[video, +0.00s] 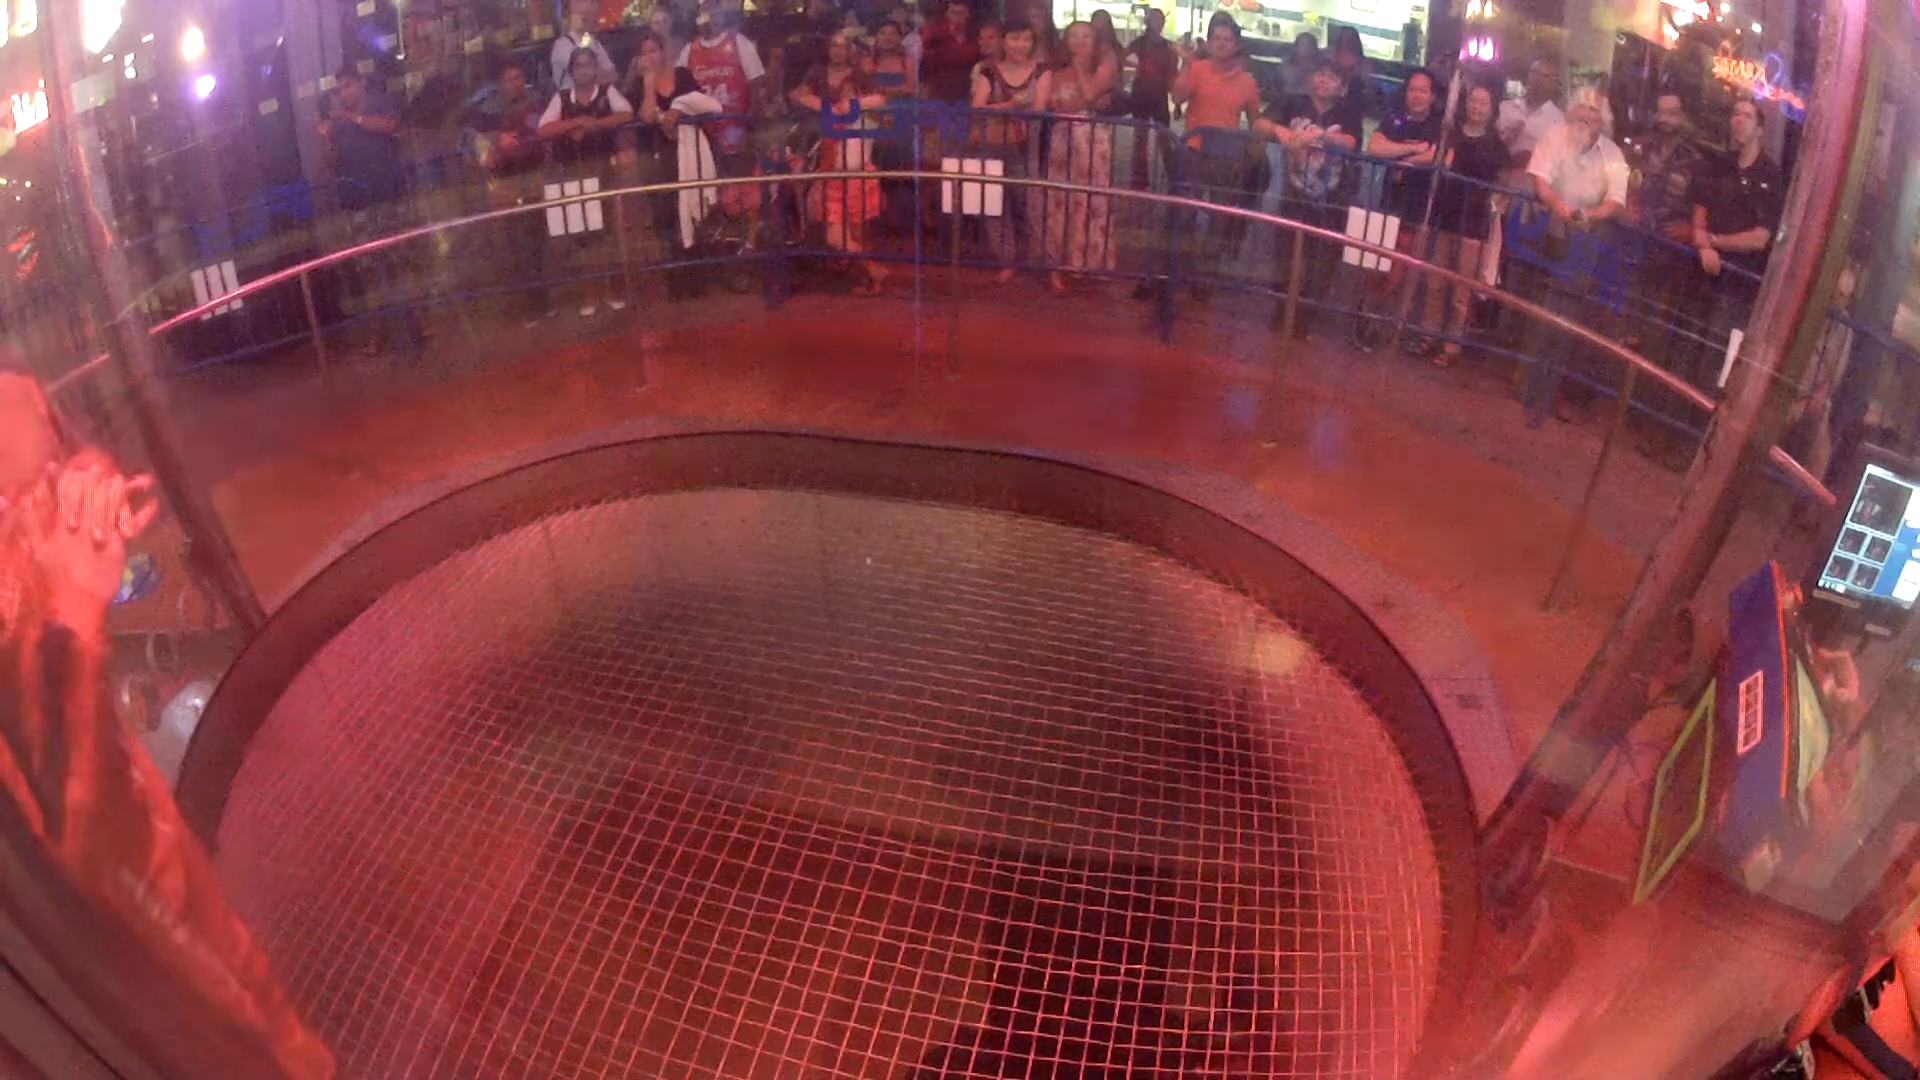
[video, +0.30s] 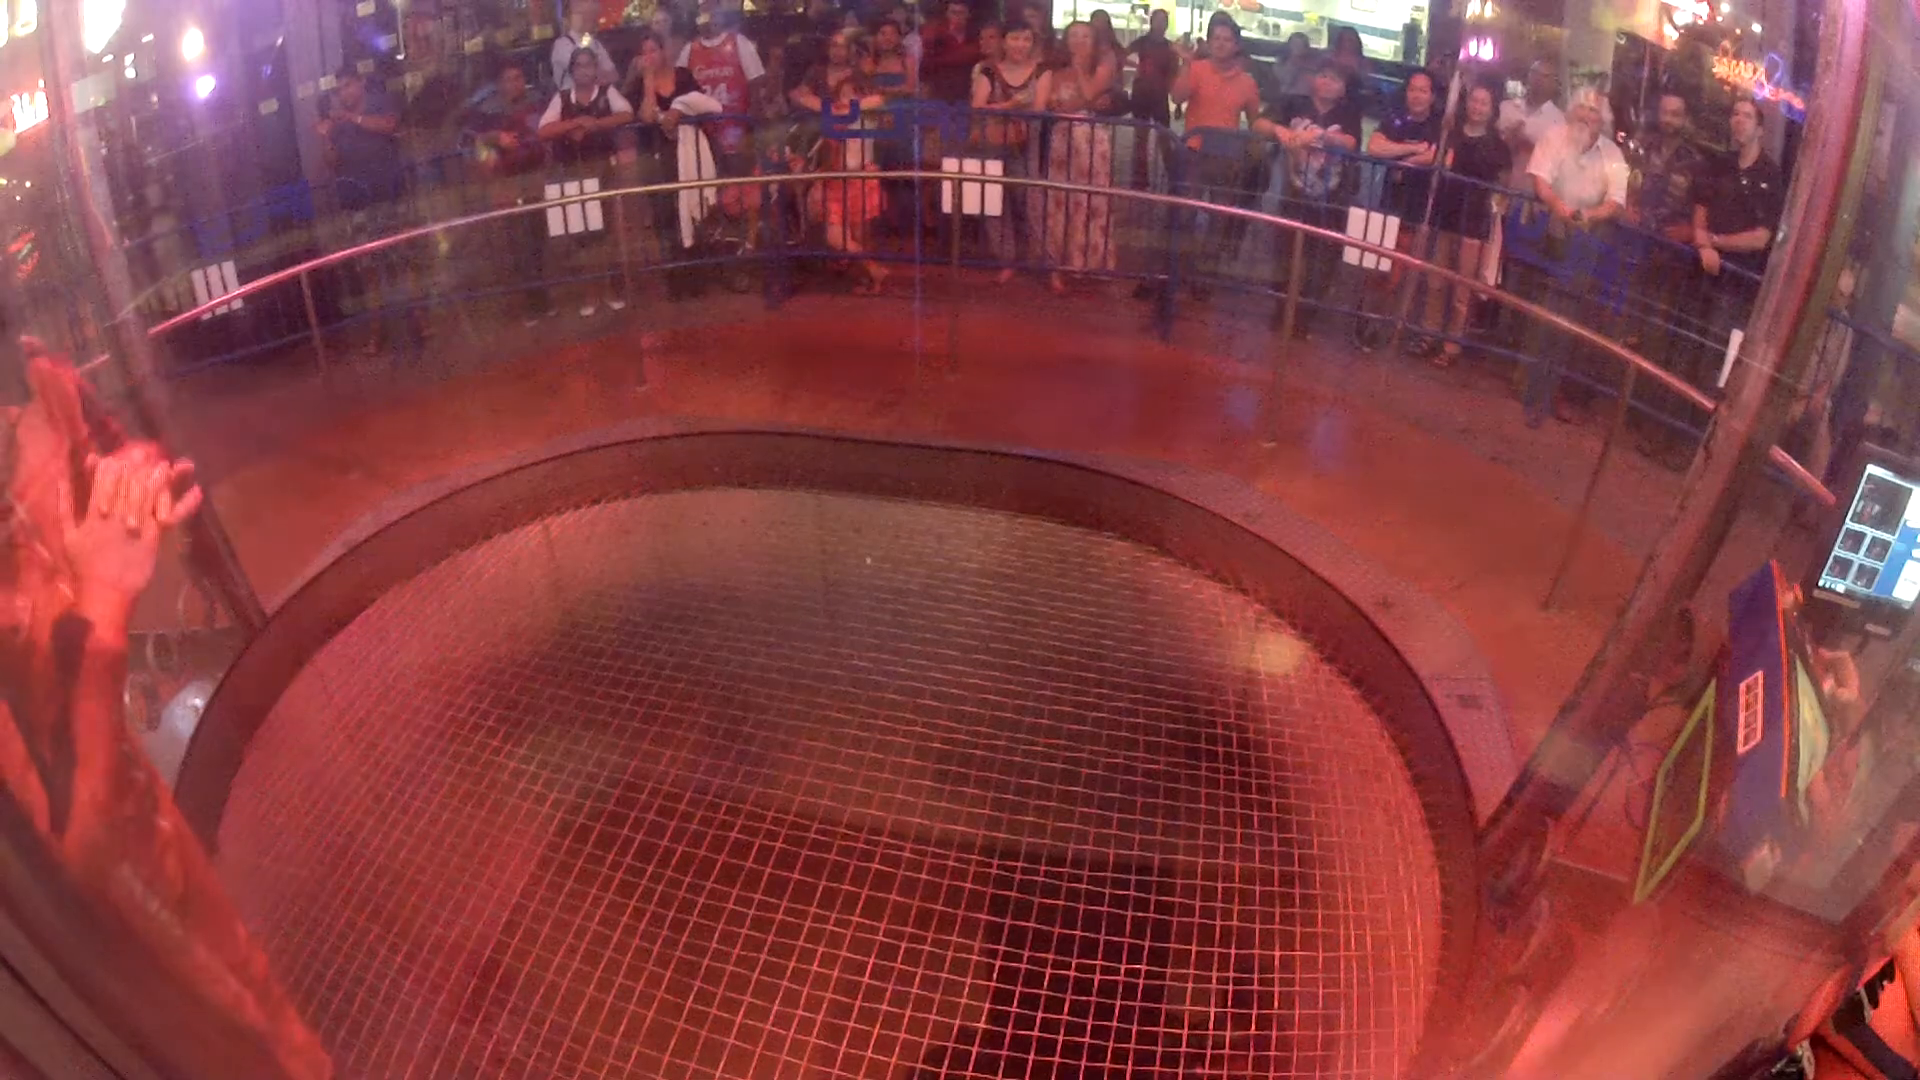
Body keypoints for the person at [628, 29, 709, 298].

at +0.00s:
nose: (650, 57)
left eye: (653, 51)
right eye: (645, 53)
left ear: (664, 51)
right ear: (640, 57)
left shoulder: (682, 74)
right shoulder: (641, 83)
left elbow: (700, 104)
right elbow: (646, 117)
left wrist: (677, 113)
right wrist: (648, 80)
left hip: (686, 146)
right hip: (658, 148)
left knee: (689, 202)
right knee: (665, 207)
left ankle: (696, 271)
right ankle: (673, 274)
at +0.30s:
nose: (649, 57)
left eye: (653, 51)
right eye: (645, 53)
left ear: (664, 51)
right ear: (640, 58)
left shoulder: (682, 75)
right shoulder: (639, 84)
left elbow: (701, 104)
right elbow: (646, 117)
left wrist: (677, 113)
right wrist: (647, 78)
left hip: (686, 148)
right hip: (656, 152)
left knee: (689, 205)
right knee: (665, 210)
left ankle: (696, 273)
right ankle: (673, 277)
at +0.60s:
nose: (649, 56)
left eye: (653, 51)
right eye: (645, 52)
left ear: (663, 52)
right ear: (640, 58)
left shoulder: (682, 75)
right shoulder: (636, 86)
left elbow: (701, 105)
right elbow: (646, 117)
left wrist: (675, 114)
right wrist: (647, 79)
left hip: (687, 151)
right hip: (656, 155)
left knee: (691, 206)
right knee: (665, 211)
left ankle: (697, 271)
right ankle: (674, 276)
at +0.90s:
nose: (650, 57)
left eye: (654, 51)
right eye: (645, 53)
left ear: (664, 52)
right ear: (641, 58)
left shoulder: (682, 75)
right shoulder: (638, 86)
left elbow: (701, 104)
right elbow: (648, 116)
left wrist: (678, 111)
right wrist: (647, 78)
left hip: (688, 148)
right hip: (658, 151)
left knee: (691, 204)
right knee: (666, 209)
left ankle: (698, 273)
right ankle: (674, 277)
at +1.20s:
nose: (649, 57)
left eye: (653, 51)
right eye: (645, 53)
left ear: (664, 52)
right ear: (641, 58)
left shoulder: (682, 74)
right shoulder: (640, 84)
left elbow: (701, 104)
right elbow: (648, 116)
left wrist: (677, 112)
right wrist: (647, 80)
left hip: (688, 147)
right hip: (660, 150)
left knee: (692, 203)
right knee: (666, 208)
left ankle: (698, 272)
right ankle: (674, 276)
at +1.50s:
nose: (649, 57)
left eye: (653, 51)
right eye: (644, 53)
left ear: (664, 53)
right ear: (640, 58)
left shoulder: (681, 74)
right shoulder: (639, 85)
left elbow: (701, 104)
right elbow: (648, 117)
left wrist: (677, 113)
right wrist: (648, 80)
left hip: (688, 147)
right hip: (659, 150)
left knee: (692, 202)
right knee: (666, 207)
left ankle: (698, 269)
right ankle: (674, 274)